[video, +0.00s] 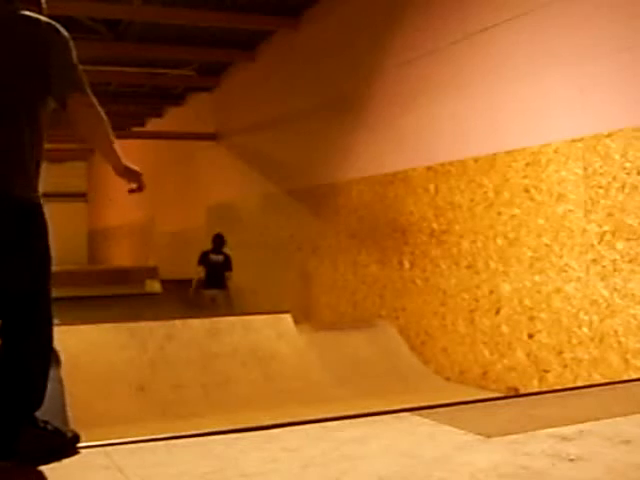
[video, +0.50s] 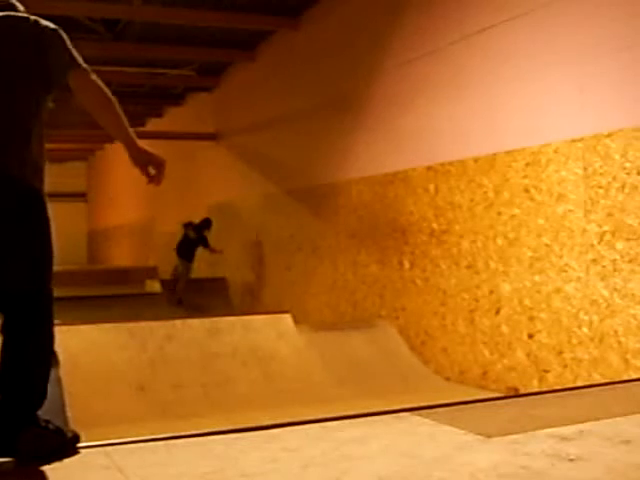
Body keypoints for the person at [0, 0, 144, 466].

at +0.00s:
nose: (46, 7)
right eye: (44, 4)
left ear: (22, 3)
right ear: (32, 0)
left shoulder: (42, 37)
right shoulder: (42, 35)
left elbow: (81, 106)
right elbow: (82, 106)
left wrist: (114, 163)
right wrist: (117, 164)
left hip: (18, 208)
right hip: (16, 208)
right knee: (26, 319)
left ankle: (17, 432)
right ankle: (17, 434)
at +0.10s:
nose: (46, 6)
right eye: (43, 4)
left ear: (20, 3)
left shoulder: (42, 37)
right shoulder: (42, 35)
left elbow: (77, 108)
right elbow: (77, 108)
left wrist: (107, 170)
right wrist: (109, 171)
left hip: (16, 207)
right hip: (14, 207)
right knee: (24, 318)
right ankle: (17, 432)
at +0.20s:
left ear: (22, 4)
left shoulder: (41, 37)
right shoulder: (41, 35)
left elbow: (75, 111)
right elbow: (75, 111)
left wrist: (101, 176)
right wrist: (103, 176)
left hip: (17, 210)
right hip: (16, 210)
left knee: (22, 324)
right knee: (23, 323)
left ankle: (20, 439)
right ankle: (20, 442)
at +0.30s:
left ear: (17, 3)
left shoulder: (38, 36)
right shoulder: (39, 35)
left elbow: (76, 106)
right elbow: (76, 106)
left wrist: (104, 170)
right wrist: (106, 170)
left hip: (15, 206)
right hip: (15, 205)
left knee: (22, 317)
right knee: (23, 316)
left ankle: (21, 431)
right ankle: (22, 432)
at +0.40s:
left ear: (12, 6)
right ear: (22, 3)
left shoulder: (37, 35)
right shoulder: (39, 34)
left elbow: (84, 96)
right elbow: (85, 97)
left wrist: (118, 158)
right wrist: (119, 158)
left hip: (18, 205)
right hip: (18, 204)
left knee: (23, 318)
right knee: (23, 317)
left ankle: (22, 439)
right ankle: (22, 439)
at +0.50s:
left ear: (11, 6)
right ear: (15, 3)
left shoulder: (36, 34)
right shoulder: (36, 33)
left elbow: (85, 85)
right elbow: (86, 86)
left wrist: (131, 145)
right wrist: (133, 145)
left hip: (19, 196)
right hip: (17, 196)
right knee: (28, 312)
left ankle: (19, 429)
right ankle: (22, 428)